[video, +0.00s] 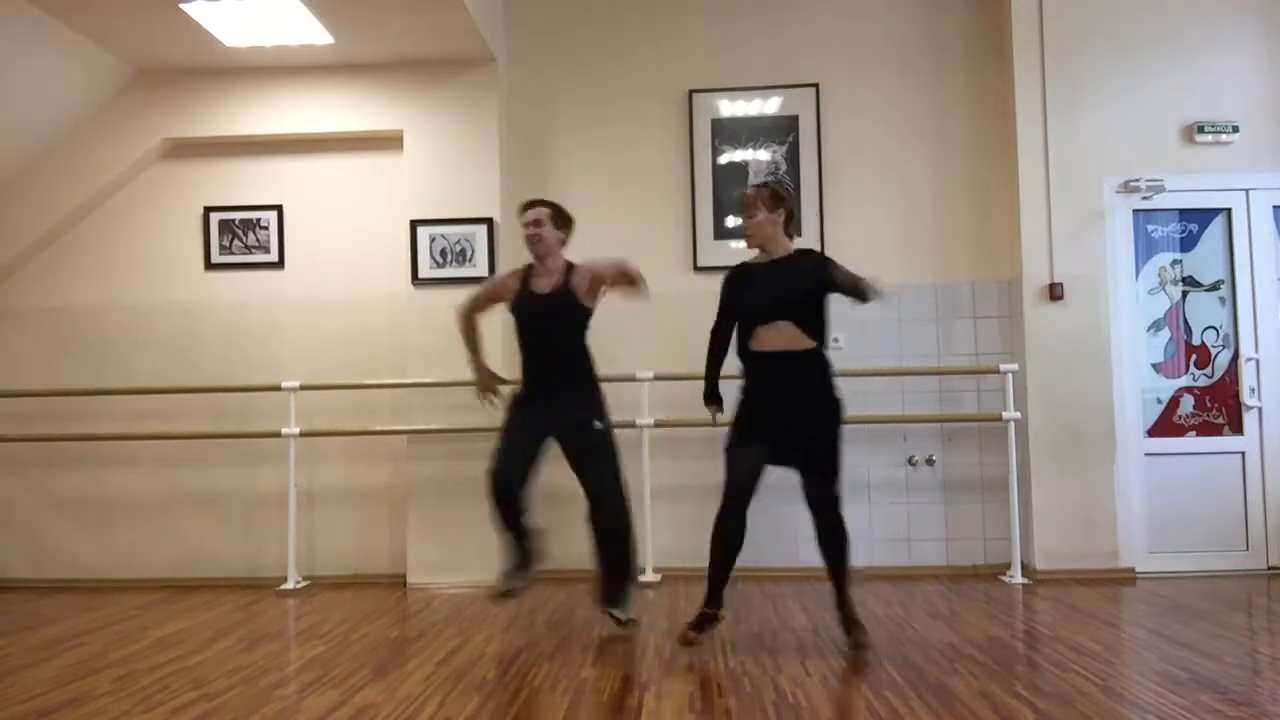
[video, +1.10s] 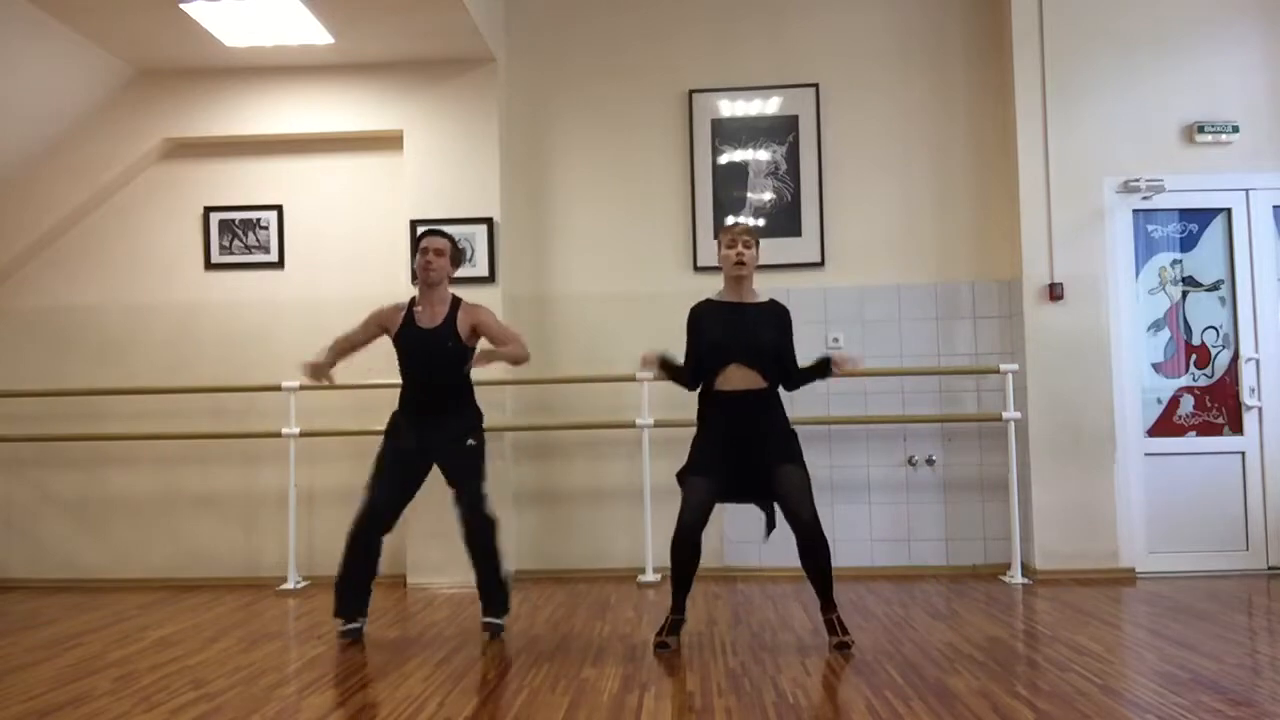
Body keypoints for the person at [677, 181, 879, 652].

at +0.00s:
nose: (744, 224)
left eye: (751, 214)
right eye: (743, 216)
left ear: (780, 216)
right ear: (757, 220)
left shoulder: (811, 263)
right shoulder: (740, 277)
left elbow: (851, 287)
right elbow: (721, 332)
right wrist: (711, 383)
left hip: (811, 393)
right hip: (760, 394)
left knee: (823, 502)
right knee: (734, 499)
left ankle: (845, 606)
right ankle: (711, 605)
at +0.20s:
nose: (716, 242)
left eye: (725, 233)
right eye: (714, 234)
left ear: (752, 235)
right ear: (715, 238)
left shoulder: (775, 288)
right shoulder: (713, 298)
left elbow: (768, 347)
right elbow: (704, 364)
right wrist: (684, 422)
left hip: (771, 410)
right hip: (725, 409)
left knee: (743, 507)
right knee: (712, 502)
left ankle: (707, 595)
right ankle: (721, 607)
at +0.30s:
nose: (713, 242)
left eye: (721, 231)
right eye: (710, 233)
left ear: (748, 230)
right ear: (713, 237)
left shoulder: (774, 284)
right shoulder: (708, 290)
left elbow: (767, 348)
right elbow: (695, 350)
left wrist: (707, 342)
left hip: (763, 406)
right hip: (716, 407)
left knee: (753, 514)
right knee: (708, 512)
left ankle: (735, 565)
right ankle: (722, 611)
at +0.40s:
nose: (726, 227)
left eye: (735, 219)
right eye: (720, 219)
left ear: (752, 226)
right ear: (711, 226)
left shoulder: (771, 279)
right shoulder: (700, 283)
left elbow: (783, 337)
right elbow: (677, 343)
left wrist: (738, 310)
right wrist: (710, 311)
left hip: (764, 399)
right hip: (715, 401)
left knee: (769, 487)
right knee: (694, 500)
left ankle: (770, 546)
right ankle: (706, 605)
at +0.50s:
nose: (733, 226)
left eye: (741, 220)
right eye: (726, 220)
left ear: (753, 229)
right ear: (714, 228)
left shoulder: (771, 286)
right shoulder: (696, 289)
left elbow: (793, 351)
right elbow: (684, 356)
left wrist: (819, 335)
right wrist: (667, 330)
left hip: (763, 399)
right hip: (711, 402)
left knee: (795, 502)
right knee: (686, 506)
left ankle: (826, 599)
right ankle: (674, 607)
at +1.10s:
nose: (739, 251)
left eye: (746, 245)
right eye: (730, 245)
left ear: (757, 256)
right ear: (718, 255)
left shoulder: (775, 313)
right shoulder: (702, 313)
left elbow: (789, 379)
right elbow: (692, 379)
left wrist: (826, 364)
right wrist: (664, 364)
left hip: (767, 425)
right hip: (716, 427)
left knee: (806, 519)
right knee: (688, 523)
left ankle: (831, 614)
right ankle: (676, 615)